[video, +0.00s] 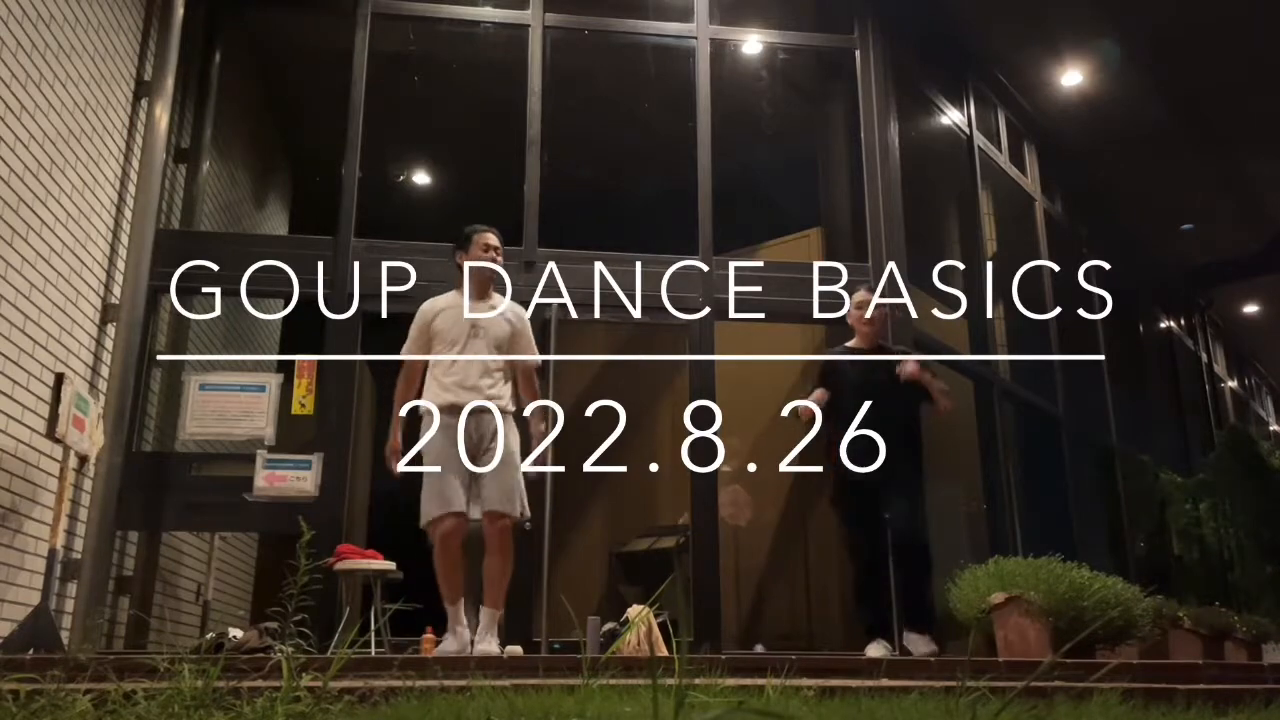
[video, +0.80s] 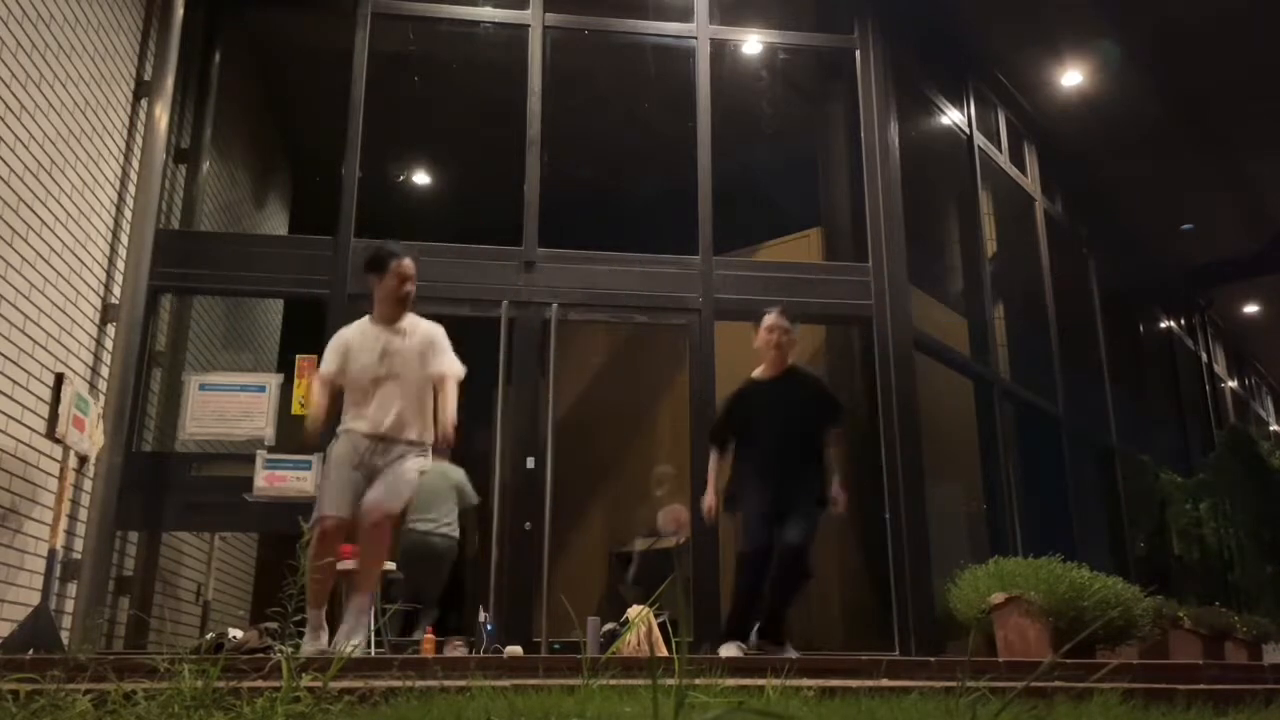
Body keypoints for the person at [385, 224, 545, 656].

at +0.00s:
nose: (495, 257)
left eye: (499, 251)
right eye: (486, 249)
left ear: (503, 262)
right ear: (462, 258)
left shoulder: (514, 315)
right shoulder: (433, 310)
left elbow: (527, 378)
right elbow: (410, 372)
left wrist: (537, 421)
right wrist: (396, 427)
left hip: (498, 424)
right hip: (443, 423)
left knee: (499, 524)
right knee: (448, 526)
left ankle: (488, 631)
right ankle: (457, 630)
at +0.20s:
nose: (484, 265)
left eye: (488, 258)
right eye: (476, 257)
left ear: (493, 267)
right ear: (453, 264)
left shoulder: (504, 321)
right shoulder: (421, 315)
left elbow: (522, 385)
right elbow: (389, 366)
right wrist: (422, 388)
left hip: (480, 430)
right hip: (423, 427)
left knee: (489, 524)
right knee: (396, 509)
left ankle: (487, 630)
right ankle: (409, 614)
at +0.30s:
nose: (473, 251)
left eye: (478, 246)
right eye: (466, 243)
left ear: (480, 255)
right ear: (442, 247)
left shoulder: (488, 304)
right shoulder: (412, 296)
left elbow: (519, 342)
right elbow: (368, 320)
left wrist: (508, 301)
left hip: (466, 414)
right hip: (408, 408)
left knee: (477, 520)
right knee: (372, 500)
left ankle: (484, 629)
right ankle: (357, 611)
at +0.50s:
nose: (450, 249)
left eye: (454, 243)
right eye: (441, 240)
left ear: (456, 249)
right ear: (417, 242)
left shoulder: (458, 297)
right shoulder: (382, 286)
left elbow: (498, 298)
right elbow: (340, 280)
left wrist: (484, 250)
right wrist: (367, 233)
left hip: (436, 406)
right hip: (378, 404)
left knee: (446, 511)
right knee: (347, 510)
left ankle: (442, 623)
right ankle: (321, 620)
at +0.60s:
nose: (436, 254)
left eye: (441, 248)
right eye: (428, 245)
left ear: (442, 254)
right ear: (404, 245)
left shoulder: (446, 300)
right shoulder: (371, 291)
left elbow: (481, 306)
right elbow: (331, 297)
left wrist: (472, 259)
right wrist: (355, 249)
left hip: (423, 416)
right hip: (367, 411)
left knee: (414, 515)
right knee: (338, 513)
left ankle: (394, 621)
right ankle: (319, 619)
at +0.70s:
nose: (419, 269)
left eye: (424, 262)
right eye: (412, 260)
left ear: (428, 267)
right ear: (388, 262)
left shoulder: (437, 314)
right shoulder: (362, 311)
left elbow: (461, 349)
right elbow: (322, 340)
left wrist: (463, 314)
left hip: (412, 428)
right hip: (361, 422)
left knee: (377, 519)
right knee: (333, 523)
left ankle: (354, 620)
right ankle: (316, 623)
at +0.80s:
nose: (409, 288)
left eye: (413, 280)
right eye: (401, 280)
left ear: (417, 284)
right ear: (376, 282)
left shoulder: (431, 335)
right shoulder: (349, 336)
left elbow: (448, 379)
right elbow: (322, 380)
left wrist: (447, 419)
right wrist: (317, 410)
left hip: (409, 447)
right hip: (353, 440)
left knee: (375, 513)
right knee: (329, 526)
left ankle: (358, 621)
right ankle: (315, 628)